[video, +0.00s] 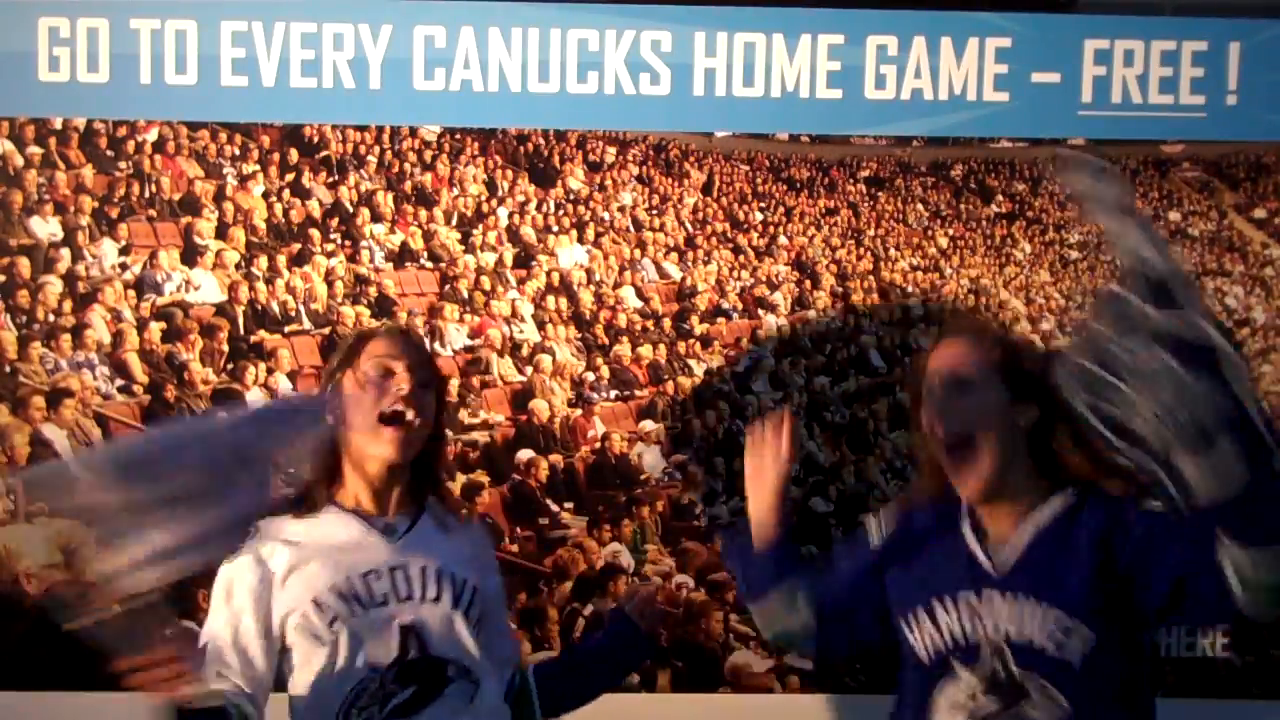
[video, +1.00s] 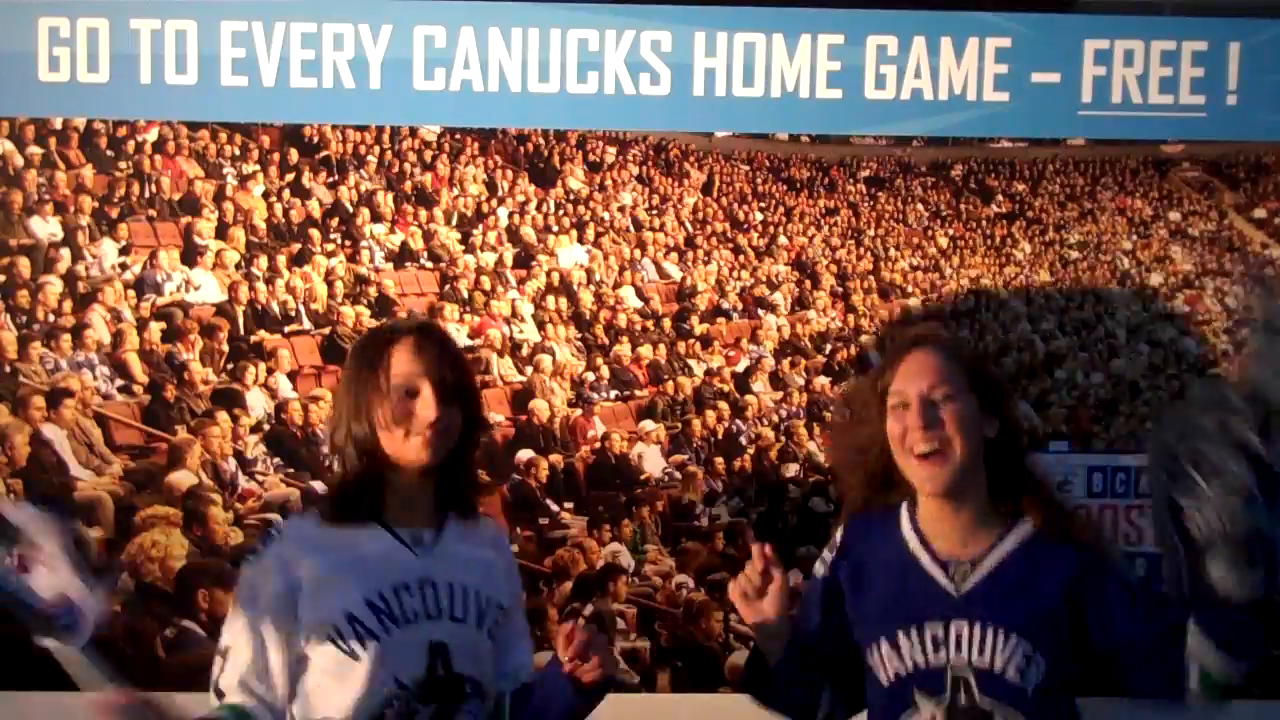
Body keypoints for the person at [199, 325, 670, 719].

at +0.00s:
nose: (405, 391)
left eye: (421, 382)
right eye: (380, 373)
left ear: (435, 417)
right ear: (333, 401)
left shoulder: (469, 544)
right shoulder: (267, 558)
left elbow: (508, 699)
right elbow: (229, 708)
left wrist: (625, 637)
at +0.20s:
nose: (428, 419)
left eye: (439, 399)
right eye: (399, 401)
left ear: (455, 417)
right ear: (350, 424)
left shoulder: (504, 548)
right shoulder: (296, 572)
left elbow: (541, 701)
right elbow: (235, 716)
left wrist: (620, 626)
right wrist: (98, 674)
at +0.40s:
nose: (430, 440)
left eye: (448, 417)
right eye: (405, 418)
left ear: (469, 436)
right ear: (366, 436)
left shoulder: (490, 563)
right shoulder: (293, 565)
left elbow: (512, 700)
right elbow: (247, 692)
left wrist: (628, 691)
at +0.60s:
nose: (411, 450)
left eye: (425, 430)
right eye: (387, 434)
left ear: (453, 431)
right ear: (352, 445)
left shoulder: (490, 559)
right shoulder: (298, 574)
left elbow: (507, 698)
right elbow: (254, 704)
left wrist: (633, 661)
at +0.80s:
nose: (420, 449)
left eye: (436, 424)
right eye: (389, 430)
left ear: (465, 441)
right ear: (351, 450)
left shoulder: (507, 566)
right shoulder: (309, 590)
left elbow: (541, 711)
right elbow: (263, 716)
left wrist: (616, 706)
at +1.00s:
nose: (433, 412)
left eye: (445, 391)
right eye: (407, 392)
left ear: (464, 407)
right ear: (361, 409)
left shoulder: (490, 546)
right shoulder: (294, 552)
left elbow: (509, 703)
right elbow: (246, 704)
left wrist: (567, 680)